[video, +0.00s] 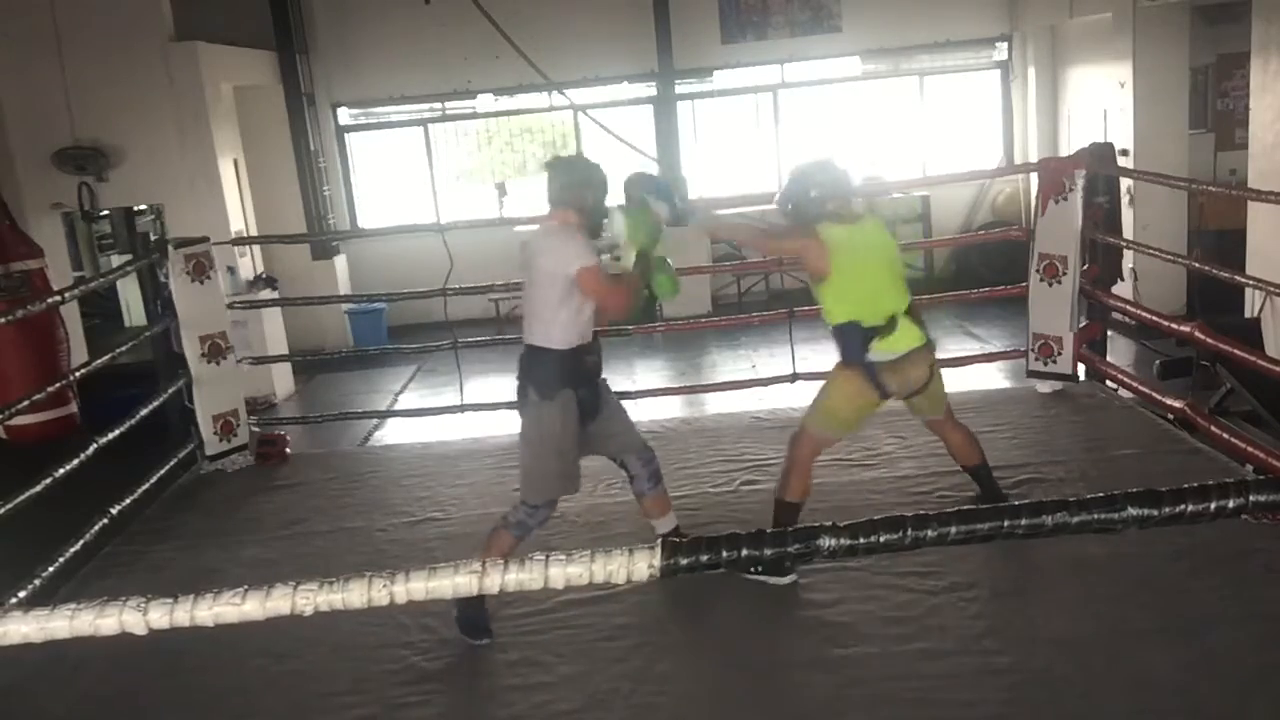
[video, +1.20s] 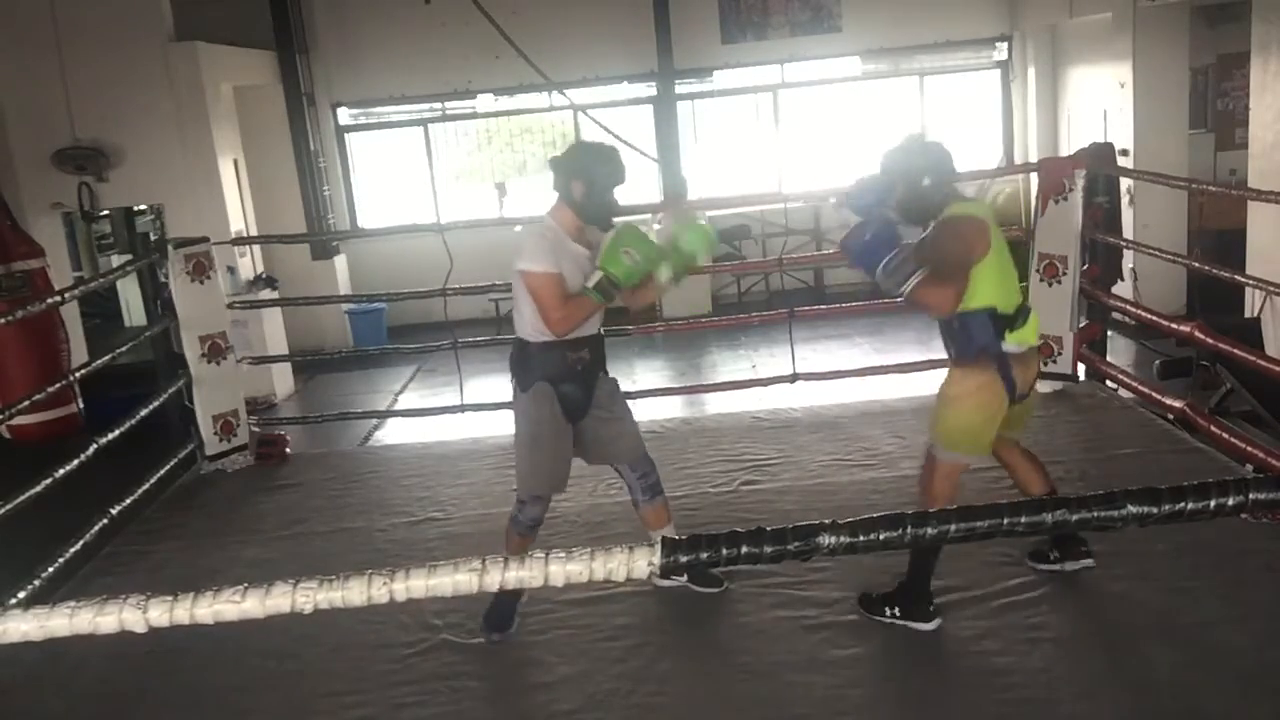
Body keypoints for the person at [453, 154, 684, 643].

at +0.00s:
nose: (601, 206)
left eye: (599, 196)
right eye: (598, 197)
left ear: (558, 195)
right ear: (583, 196)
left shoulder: (548, 239)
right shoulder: (566, 241)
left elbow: (587, 296)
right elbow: (615, 301)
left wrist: (630, 276)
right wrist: (640, 272)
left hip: (581, 379)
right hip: (550, 384)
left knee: (639, 458)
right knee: (539, 500)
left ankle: (675, 549)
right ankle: (476, 592)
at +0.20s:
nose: (559, 210)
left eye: (557, 201)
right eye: (555, 202)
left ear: (508, 206)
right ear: (541, 205)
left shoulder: (497, 258)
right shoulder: (535, 254)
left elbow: (525, 327)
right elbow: (605, 287)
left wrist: (585, 335)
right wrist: (592, 229)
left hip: (562, 386)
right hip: (550, 394)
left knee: (633, 462)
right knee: (541, 512)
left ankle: (675, 548)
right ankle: (464, 587)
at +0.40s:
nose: (542, 227)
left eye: (541, 218)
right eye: (535, 219)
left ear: (497, 218)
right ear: (512, 219)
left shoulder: (501, 268)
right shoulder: (487, 273)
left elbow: (536, 323)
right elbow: (554, 321)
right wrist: (563, 266)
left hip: (536, 389)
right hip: (507, 398)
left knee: (609, 471)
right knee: (508, 520)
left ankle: (664, 547)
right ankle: (454, 597)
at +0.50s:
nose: (535, 222)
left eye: (535, 212)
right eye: (529, 212)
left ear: (504, 212)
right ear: (502, 211)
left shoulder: (511, 260)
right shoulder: (472, 272)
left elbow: (519, 325)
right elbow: (517, 341)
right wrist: (548, 287)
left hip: (535, 386)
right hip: (499, 398)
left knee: (603, 466)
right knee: (499, 516)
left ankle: (657, 548)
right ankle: (446, 589)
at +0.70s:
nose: (573, 209)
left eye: (573, 197)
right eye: (566, 199)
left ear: (535, 202)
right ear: (538, 202)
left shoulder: (549, 254)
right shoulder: (494, 262)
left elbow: (548, 321)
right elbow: (521, 339)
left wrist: (586, 330)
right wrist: (571, 306)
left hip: (546, 385)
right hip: (503, 393)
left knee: (601, 471)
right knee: (494, 503)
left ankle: (655, 556)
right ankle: (449, 595)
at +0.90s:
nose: (630, 218)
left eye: (632, 209)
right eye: (626, 208)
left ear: (596, 207)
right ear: (597, 205)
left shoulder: (604, 256)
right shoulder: (549, 254)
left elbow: (607, 322)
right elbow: (572, 335)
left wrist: (660, 318)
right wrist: (626, 303)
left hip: (582, 381)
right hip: (536, 386)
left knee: (648, 468)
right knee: (521, 506)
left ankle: (675, 563)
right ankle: (458, 588)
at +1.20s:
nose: (614, 200)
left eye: (616, 189)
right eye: (606, 189)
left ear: (590, 189)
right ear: (575, 188)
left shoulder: (600, 242)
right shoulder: (538, 244)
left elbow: (636, 297)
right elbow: (559, 320)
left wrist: (672, 260)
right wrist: (611, 280)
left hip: (591, 375)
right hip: (542, 382)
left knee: (638, 466)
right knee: (535, 495)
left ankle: (673, 560)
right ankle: (509, 587)